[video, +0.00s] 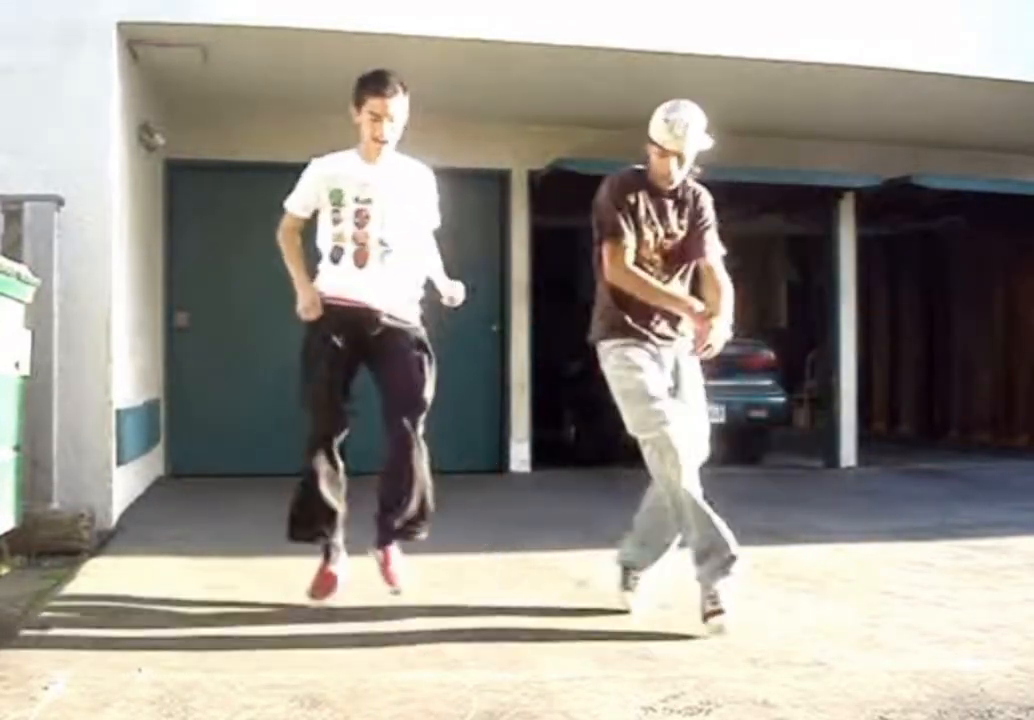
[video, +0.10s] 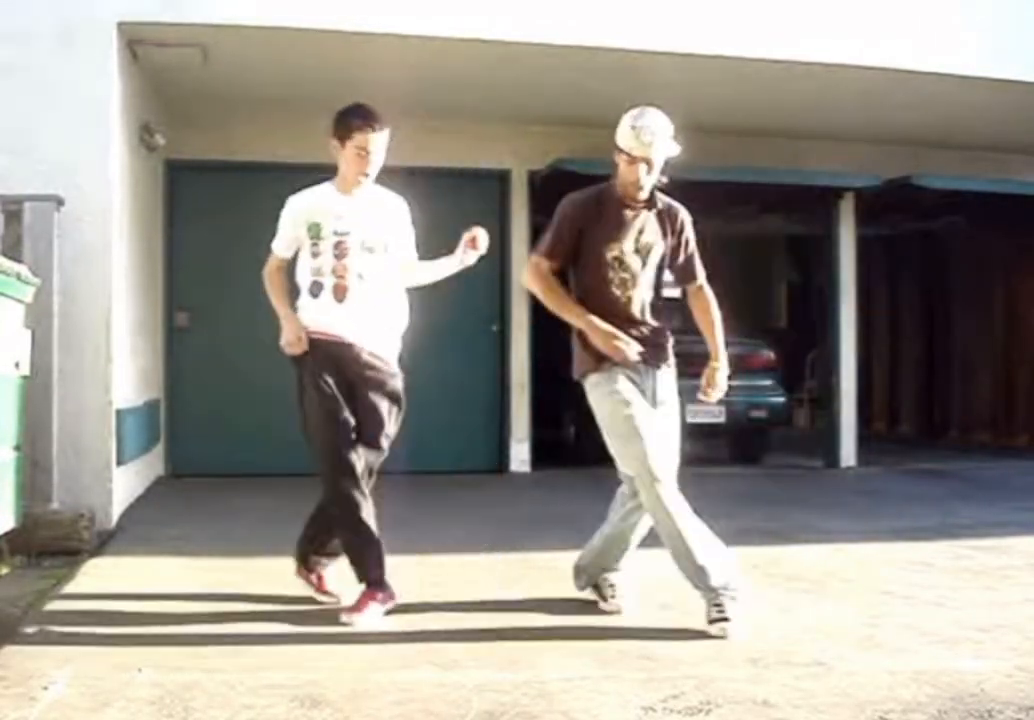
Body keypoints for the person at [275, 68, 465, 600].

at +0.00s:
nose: (382, 126)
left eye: (391, 117)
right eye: (374, 115)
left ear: (404, 120)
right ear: (357, 114)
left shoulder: (419, 178)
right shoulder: (325, 171)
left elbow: (425, 240)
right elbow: (288, 229)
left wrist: (441, 280)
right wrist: (303, 285)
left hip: (399, 318)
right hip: (335, 313)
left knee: (408, 428)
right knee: (326, 431)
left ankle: (392, 541)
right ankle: (332, 550)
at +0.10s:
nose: (368, 161)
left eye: (376, 152)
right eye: (359, 150)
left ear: (384, 152)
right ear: (337, 146)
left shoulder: (394, 209)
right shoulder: (304, 205)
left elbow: (408, 273)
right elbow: (274, 269)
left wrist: (458, 259)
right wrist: (286, 317)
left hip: (380, 351)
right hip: (322, 345)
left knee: (371, 455)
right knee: (341, 460)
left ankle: (314, 549)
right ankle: (376, 584)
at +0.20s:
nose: (363, 150)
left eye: (369, 141)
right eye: (355, 139)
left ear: (373, 142)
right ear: (330, 134)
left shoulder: (377, 188)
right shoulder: (287, 184)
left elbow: (423, 228)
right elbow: (240, 241)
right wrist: (256, 280)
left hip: (354, 333)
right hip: (294, 325)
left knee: (369, 433)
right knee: (305, 437)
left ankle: (332, 541)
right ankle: (330, 554)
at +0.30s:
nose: (344, 144)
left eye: (350, 135)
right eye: (336, 134)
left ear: (356, 136)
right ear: (311, 128)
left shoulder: (357, 184)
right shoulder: (272, 182)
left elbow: (390, 231)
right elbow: (239, 231)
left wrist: (413, 181)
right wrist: (232, 260)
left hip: (342, 326)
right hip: (282, 319)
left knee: (383, 419)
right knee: (266, 428)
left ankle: (368, 540)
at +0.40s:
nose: (324, 161)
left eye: (331, 152)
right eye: (315, 151)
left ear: (337, 152)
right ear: (292, 148)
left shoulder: (342, 207)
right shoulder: (260, 206)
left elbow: (345, 274)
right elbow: (245, 274)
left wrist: (383, 230)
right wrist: (211, 279)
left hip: (334, 353)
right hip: (275, 350)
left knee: (386, 444)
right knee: (229, 460)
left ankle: (413, 557)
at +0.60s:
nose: (309, 178)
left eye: (317, 169)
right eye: (300, 168)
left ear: (326, 170)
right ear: (280, 168)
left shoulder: (340, 218)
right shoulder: (258, 222)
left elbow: (391, 251)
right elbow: (204, 279)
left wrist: (383, 193)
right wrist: (188, 225)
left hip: (334, 373)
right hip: (272, 373)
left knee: (390, 454)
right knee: (233, 467)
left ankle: (433, 566)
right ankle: (174, 554)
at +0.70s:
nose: (322, 163)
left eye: (330, 152)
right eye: (313, 154)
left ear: (343, 149)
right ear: (299, 153)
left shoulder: (365, 191)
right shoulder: (279, 197)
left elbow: (412, 234)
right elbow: (233, 255)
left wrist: (409, 189)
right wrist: (236, 220)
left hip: (370, 338)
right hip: (311, 338)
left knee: (410, 426)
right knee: (276, 433)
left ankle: (381, 536)